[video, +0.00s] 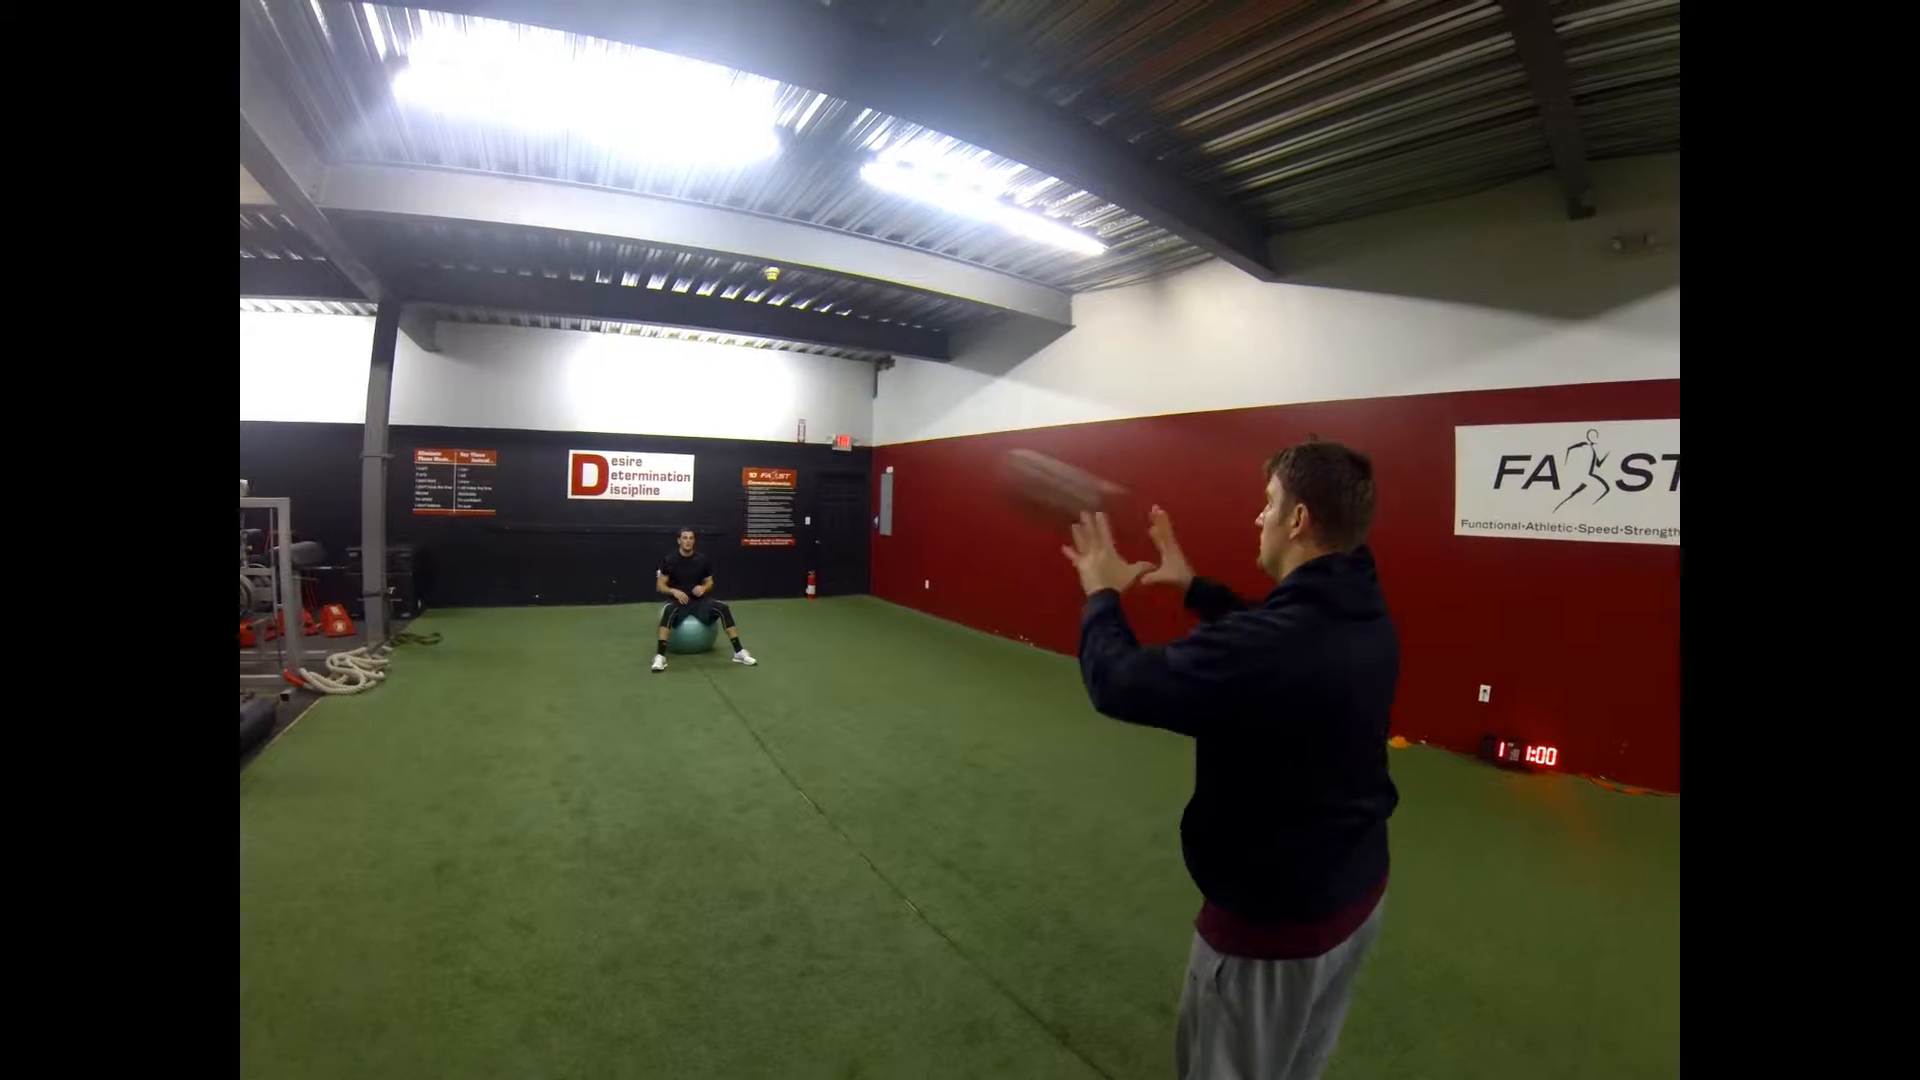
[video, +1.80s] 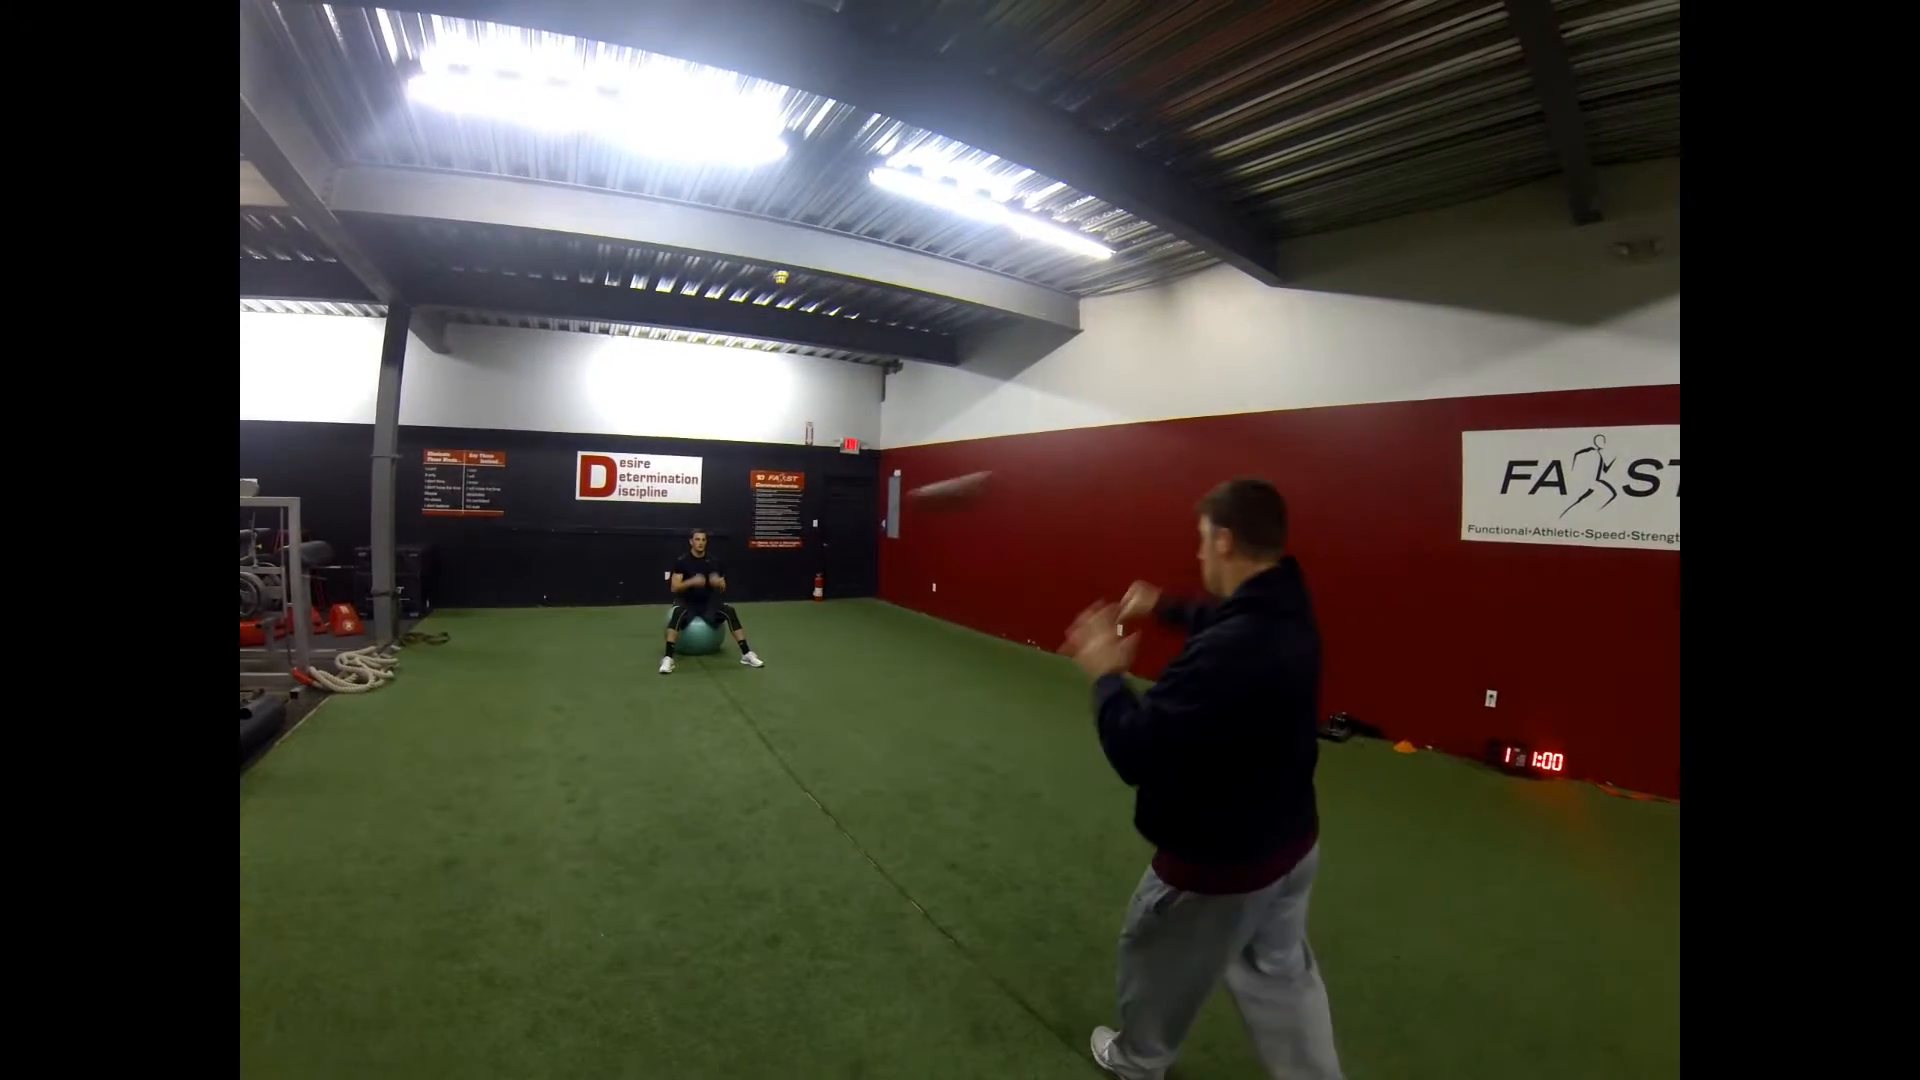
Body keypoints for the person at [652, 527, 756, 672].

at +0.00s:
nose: (688, 541)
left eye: (691, 538)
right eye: (685, 538)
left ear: (694, 541)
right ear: (679, 540)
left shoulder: (702, 559)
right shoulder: (670, 560)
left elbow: (710, 582)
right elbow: (660, 586)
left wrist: (703, 588)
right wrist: (674, 592)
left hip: (699, 601)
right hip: (679, 602)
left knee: (723, 608)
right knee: (668, 610)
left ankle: (739, 652)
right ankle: (660, 656)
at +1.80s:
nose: (700, 543)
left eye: (703, 540)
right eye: (697, 539)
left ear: (706, 542)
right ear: (691, 542)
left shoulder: (714, 561)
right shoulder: (682, 562)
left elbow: (723, 587)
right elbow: (674, 587)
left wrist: (718, 582)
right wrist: (692, 582)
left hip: (709, 603)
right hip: (688, 604)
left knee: (730, 611)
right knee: (677, 612)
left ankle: (746, 653)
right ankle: (668, 657)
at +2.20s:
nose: (698, 553)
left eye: (701, 550)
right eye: (695, 550)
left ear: (705, 550)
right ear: (689, 548)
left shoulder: (708, 564)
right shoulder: (680, 564)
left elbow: (714, 587)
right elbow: (685, 590)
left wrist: (717, 602)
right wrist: (701, 602)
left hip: (707, 603)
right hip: (687, 604)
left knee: (731, 614)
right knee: (675, 616)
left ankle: (746, 657)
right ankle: (667, 660)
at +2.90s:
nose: (700, 563)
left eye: (703, 560)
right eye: (698, 559)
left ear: (705, 560)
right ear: (690, 557)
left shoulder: (708, 573)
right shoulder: (677, 573)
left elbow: (716, 598)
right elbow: (669, 598)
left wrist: (712, 597)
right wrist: (689, 598)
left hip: (704, 612)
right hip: (684, 613)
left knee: (728, 622)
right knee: (674, 623)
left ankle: (745, 664)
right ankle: (666, 668)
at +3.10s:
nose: (691, 562)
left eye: (694, 559)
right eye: (688, 559)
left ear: (700, 558)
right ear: (685, 557)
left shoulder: (708, 573)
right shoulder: (677, 572)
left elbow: (710, 599)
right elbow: (661, 591)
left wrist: (693, 593)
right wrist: (670, 595)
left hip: (702, 612)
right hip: (682, 611)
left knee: (726, 623)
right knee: (674, 625)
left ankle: (743, 665)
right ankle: (664, 669)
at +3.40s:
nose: (690, 557)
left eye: (693, 554)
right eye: (687, 554)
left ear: (697, 556)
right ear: (681, 555)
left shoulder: (706, 573)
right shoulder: (676, 575)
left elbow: (720, 597)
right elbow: (669, 598)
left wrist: (708, 603)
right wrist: (659, 586)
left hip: (704, 615)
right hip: (684, 615)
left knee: (727, 623)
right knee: (677, 626)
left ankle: (742, 667)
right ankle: (664, 670)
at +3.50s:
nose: (690, 555)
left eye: (693, 552)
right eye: (687, 552)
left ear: (697, 554)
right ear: (682, 554)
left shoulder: (707, 572)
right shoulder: (677, 574)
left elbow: (724, 593)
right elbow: (659, 593)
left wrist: (718, 599)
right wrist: (657, 569)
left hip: (705, 615)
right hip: (684, 616)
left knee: (728, 623)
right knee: (677, 625)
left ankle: (742, 666)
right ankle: (664, 670)